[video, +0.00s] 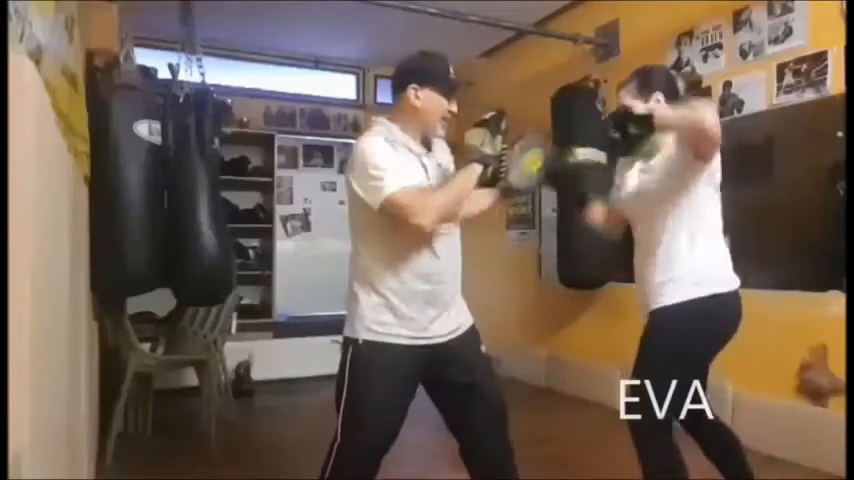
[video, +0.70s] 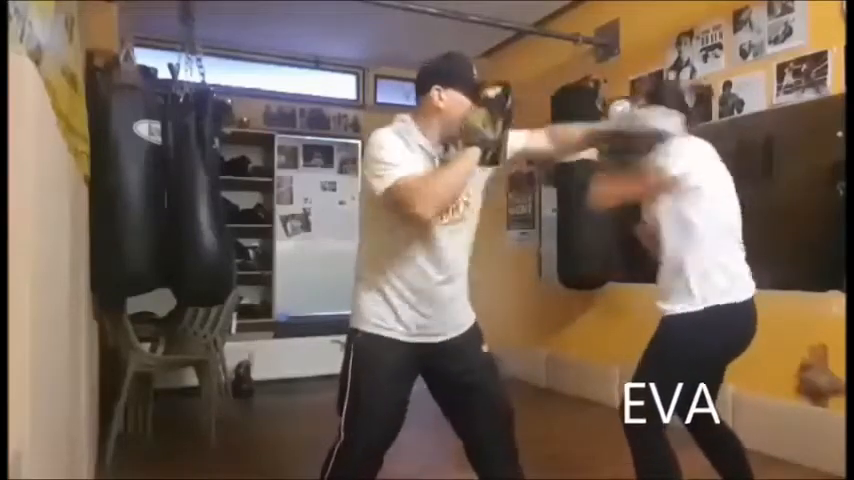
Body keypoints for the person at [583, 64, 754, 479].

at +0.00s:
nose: (621, 117)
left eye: (627, 107)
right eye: (619, 109)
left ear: (656, 102)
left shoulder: (690, 146)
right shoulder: (633, 165)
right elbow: (611, 221)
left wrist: (653, 116)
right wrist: (578, 186)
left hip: (701, 301)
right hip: (669, 307)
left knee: (644, 413)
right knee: (691, 409)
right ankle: (742, 474)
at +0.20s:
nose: (635, 121)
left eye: (641, 111)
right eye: (632, 114)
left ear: (672, 107)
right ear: (667, 109)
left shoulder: (683, 144)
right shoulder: (664, 161)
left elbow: (592, 134)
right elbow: (647, 222)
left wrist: (569, 137)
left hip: (688, 304)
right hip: (712, 303)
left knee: (633, 411)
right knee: (694, 408)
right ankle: (742, 474)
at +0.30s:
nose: (634, 123)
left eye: (641, 111)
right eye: (632, 114)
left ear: (676, 107)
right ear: (673, 110)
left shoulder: (674, 146)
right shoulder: (700, 149)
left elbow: (628, 176)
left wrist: (595, 161)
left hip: (684, 307)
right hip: (719, 304)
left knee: (636, 411)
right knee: (695, 408)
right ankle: (743, 474)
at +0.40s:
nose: (641, 119)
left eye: (646, 107)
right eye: (638, 110)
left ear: (677, 103)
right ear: (673, 107)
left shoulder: (703, 153)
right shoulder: (665, 158)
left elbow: (672, 219)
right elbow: (649, 201)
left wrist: (637, 176)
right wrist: (619, 184)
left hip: (701, 305)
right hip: (684, 305)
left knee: (646, 411)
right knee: (698, 409)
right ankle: (745, 475)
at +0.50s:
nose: (639, 119)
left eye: (646, 107)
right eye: (636, 111)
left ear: (679, 104)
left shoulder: (713, 156)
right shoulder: (653, 153)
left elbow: (668, 232)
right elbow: (588, 161)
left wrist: (651, 170)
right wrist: (558, 124)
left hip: (708, 301)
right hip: (677, 304)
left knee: (659, 416)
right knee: (702, 412)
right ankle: (743, 475)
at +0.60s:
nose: (638, 121)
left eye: (647, 110)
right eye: (636, 112)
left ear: (678, 106)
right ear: (671, 108)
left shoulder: (713, 154)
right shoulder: (659, 157)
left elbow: (666, 222)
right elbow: (609, 201)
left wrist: (644, 158)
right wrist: (584, 160)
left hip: (709, 307)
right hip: (678, 308)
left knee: (656, 418)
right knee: (699, 412)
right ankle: (743, 475)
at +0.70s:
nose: (629, 157)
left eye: (629, 149)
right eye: (626, 150)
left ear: (643, 143)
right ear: (672, 129)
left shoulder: (680, 153)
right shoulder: (704, 156)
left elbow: (599, 193)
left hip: (697, 318)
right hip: (731, 312)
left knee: (638, 413)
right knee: (696, 409)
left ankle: (662, 475)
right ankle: (741, 474)